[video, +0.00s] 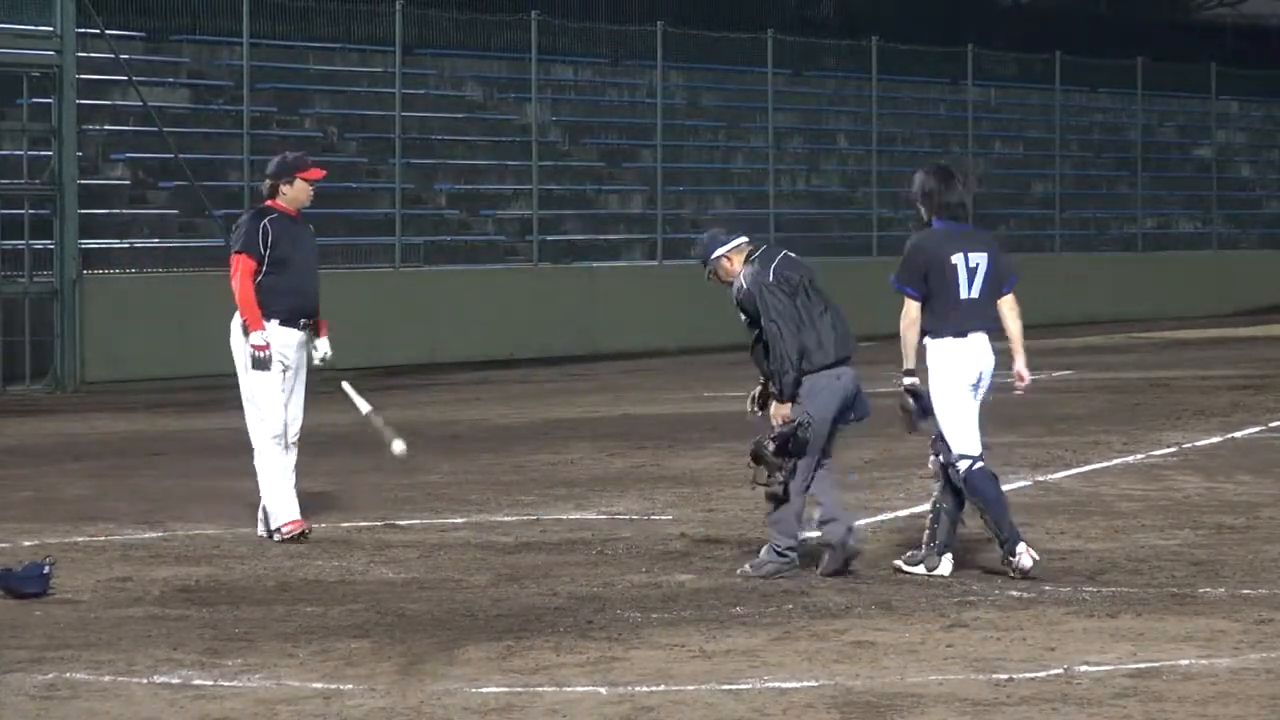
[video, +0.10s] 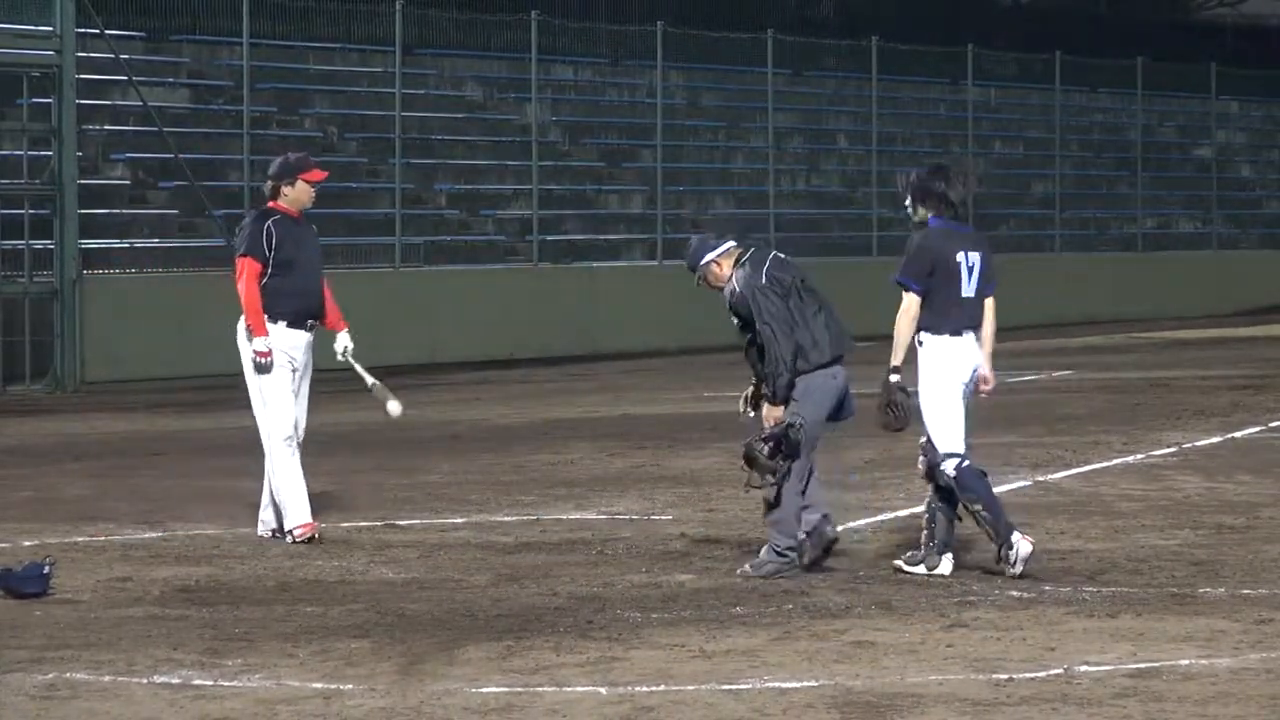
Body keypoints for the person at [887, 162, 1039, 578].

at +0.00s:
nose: (916, 205)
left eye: (918, 198)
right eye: (918, 198)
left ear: (926, 203)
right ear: (961, 199)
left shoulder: (922, 246)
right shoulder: (988, 243)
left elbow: (911, 313)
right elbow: (1008, 305)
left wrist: (908, 369)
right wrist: (1019, 356)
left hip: (944, 355)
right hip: (982, 352)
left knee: (965, 456)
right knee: (952, 452)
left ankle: (1015, 546)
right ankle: (936, 550)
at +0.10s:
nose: (910, 205)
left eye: (914, 198)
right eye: (912, 197)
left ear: (926, 201)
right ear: (953, 199)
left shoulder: (926, 242)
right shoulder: (977, 241)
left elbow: (909, 308)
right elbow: (987, 306)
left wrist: (894, 368)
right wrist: (986, 359)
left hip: (937, 349)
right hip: (969, 347)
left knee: (948, 454)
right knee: (943, 451)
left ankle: (1008, 539)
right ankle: (936, 550)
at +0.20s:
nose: (899, 206)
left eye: (902, 199)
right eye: (898, 199)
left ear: (919, 199)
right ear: (931, 197)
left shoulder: (931, 238)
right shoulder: (954, 234)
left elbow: (919, 306)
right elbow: (945, 302)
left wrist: (897, 366)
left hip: (932, 349)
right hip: (950, 347)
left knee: (938, 455)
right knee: (927, 453)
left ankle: (1008, 535)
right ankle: (935, 551)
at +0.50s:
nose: (879, 214)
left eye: (885, 205)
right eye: (876, 206)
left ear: (908, 203)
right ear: (884, 208)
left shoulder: (936, 243)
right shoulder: (894, 248)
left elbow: (956, 308)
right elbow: (884, 315)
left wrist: (952, 371)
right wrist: (884, 372)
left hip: (933, 353)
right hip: (901, 355)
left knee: (926, 453)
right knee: (915, 454)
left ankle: (967, 544)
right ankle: (933, 548)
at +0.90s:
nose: (861, 215)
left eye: (868, 207)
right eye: (859, 208)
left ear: (892, 208)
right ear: (867, 211)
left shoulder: (935, 249)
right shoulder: (862, 256)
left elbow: (964, 314)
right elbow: (855, 315)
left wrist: (984, 375)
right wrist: (831, 371)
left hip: (931, 362)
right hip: (887, 365)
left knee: (926, 464)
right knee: (884, 475)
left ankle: (946, 564)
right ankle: (919, 543)